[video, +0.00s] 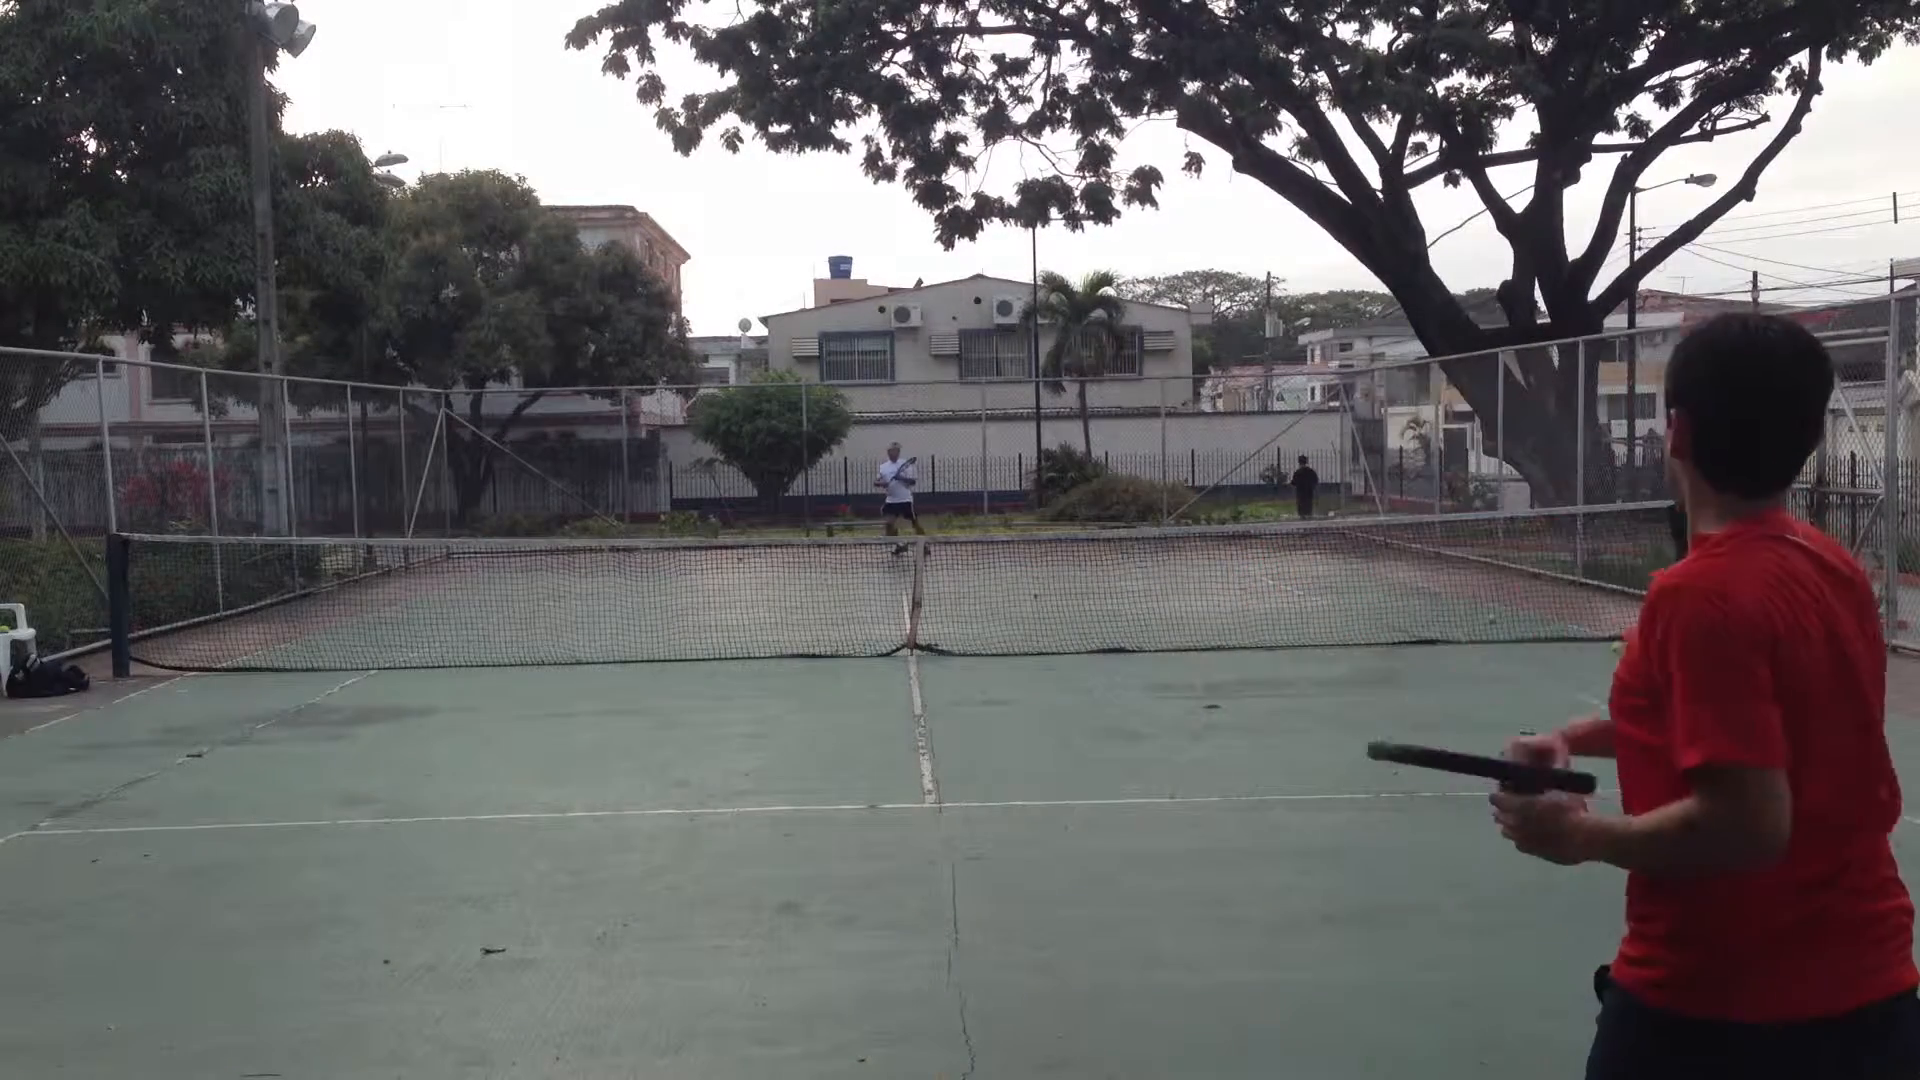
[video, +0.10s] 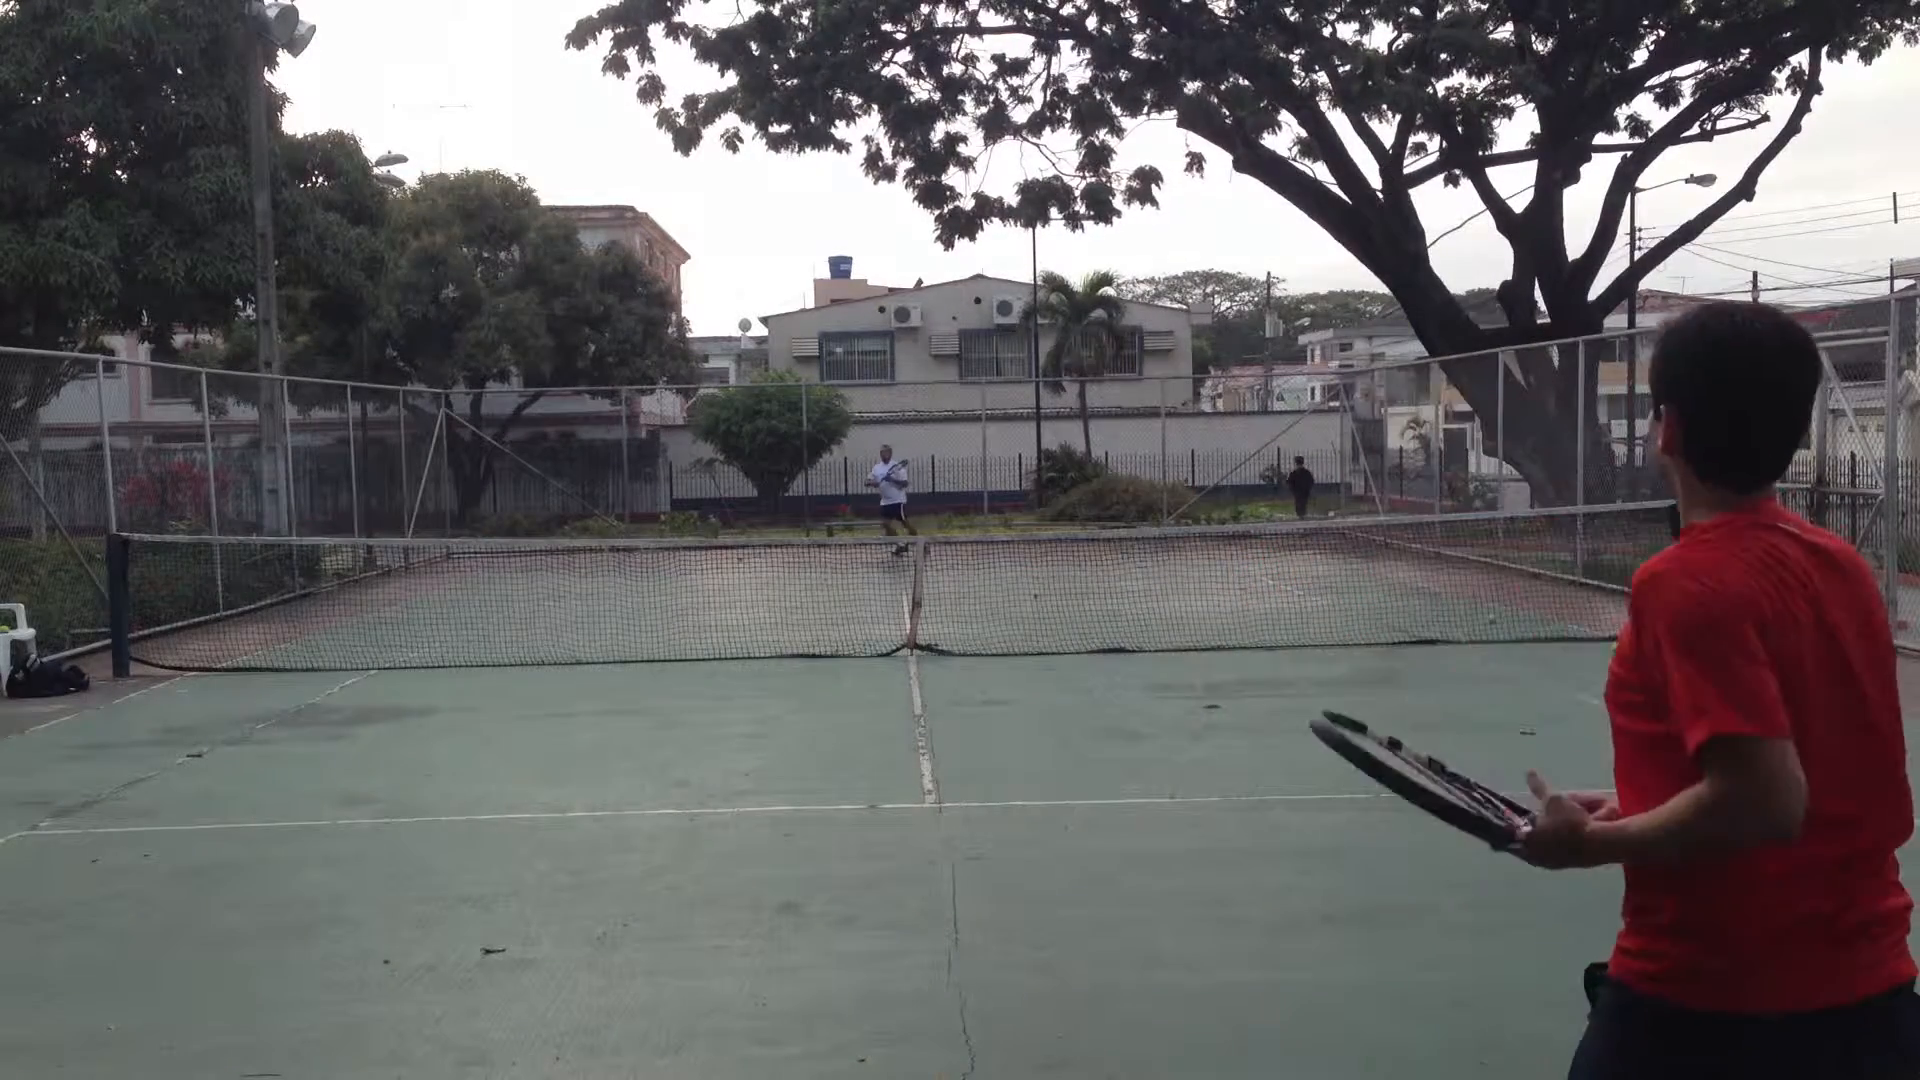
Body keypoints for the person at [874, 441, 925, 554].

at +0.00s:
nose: (893, 454)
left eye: (895, 451)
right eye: (891, 451)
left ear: (899, 452)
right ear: (888, 452)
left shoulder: (906, 464)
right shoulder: (883, 467)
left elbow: (913, 481)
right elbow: (876, 482)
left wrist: (901, 478)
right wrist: (883, 484)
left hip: (905, 500)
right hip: (891, 500)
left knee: (914, 524)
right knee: (889, 524)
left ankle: (925, 544)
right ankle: (896, 545)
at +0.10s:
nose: (885, 456)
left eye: (887, 453)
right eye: (883, 453)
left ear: (891, 453)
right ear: (880, 454)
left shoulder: (898, 466)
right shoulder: (877, 468)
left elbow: (905, 483)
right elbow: (868, 481)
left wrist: (892, 480)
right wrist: (874, 483)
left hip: (898, 499)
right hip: (885, 500)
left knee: (903, 522)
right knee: (886, 524)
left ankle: (918, 539)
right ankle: (898, 543)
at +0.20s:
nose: (876, 455)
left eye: (878, 452)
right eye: (874, 453)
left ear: (883, 453)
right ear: (872, 454)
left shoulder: (890, 466)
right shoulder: (869, 468)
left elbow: (894, 484)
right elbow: (864, 482)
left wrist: (881, 480)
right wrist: (870, 479)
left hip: (891, 498)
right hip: (879, 499)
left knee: (888, 522)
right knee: (883, 524)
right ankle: (895, 544)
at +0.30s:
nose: (868, 455)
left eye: (870, 453)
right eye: (867, 453)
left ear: (875, 453)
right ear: (864, 453)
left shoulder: (881, 466)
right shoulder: (862, 465)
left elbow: (883, 484)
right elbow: (855, 476)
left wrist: (868, 480)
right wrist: (853, 475)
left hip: (879, 496)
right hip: (869, 496)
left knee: (875, 520)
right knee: (879, 521)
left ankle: (873, 546)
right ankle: (897, 543)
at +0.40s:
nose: (860, 456)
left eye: (862, 454)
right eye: (858, 454)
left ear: (866, 453)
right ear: (856, 454)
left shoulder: (869, 465)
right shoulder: (854, 464)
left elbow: (870, 483)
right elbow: (845, 472)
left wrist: (852, 480)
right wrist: (845, 473)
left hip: (869, 497)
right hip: (860, 496)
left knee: (860, 522)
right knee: (865, 522)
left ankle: (860, 548)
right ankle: (882, 541)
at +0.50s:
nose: (848, 459)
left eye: (850, 457)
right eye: (847, 457)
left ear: (856, 457)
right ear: (846, 458)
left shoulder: (859, 469)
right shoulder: (846, 468)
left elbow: (853, 482)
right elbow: (841, 478)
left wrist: (839, 482)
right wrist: (830, 480)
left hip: (859, 498)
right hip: (850, 497)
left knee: (846, 522)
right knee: (845, 523)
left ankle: (860, 544)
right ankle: (858, 546)